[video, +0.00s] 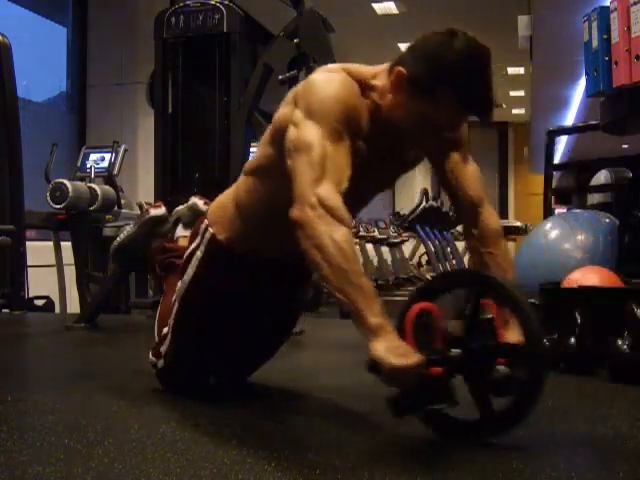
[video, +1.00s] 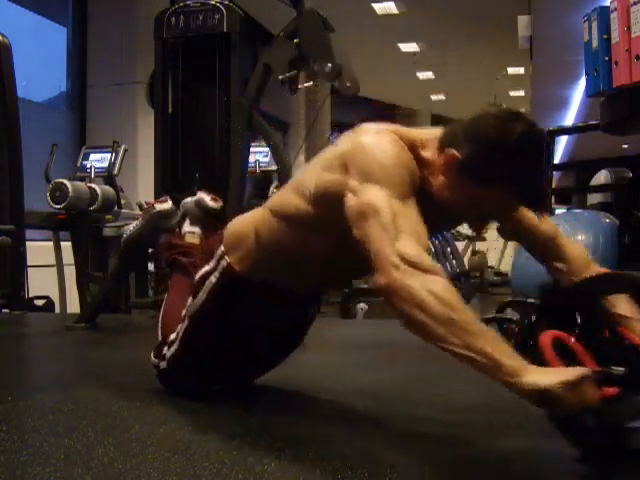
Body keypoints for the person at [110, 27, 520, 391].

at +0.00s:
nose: (438, 142)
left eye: (447, 131)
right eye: (432, 125)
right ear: (395, 86)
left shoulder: (438, 118)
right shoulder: (329, 93)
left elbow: (479, 220)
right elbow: (314, 213)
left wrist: (509, 316)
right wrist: (379, 332)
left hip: (290, 267)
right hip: (229, 253)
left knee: (228, 376)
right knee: (177, 374)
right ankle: (169, 252)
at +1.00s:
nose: (475, 220)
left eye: (488, 214)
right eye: (476, 208)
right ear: (452, 167)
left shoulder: (467, 166)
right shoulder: (376, 156)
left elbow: (547, 240)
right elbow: (404, 279)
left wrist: (608, 297)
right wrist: (522, 374)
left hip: (300, 296)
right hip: (244, 283)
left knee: (231, 375)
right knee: (180, 375)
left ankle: (206, 243)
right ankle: (182, 257)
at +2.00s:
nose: (489, 205)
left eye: (503, 197)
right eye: (491, 191)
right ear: (462, 151)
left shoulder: (481, 159)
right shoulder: (388, 149)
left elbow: (563, 231)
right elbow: (411, 266)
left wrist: (617, 294)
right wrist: (537, 359)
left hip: (308, 297)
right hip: (253, 286)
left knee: (236, 374)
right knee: (185, 373)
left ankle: (228, 246)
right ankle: (191, 251)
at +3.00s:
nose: (408, 112)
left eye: (418, 99)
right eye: (401, 94)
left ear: (428, 92)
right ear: (360, 66)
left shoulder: (410, 118)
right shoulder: (288, 93)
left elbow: (445, 216)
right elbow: (269, 217)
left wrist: (476, 319)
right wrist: (332, 336)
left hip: (272, 258)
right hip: (207, 249)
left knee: (227, 377)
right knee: (172, 376)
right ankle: (152, 263)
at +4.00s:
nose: (554, 296)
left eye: (570, 289)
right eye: (558, 285)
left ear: (531, 240)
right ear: (528, 245)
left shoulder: (513, 238)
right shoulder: (458, 242)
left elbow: (605, 295)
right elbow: (519, 343)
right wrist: (638, 379)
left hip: (321, 336)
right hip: (274, 328)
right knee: (182, 364)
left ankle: (240, 236)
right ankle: (223, 237)